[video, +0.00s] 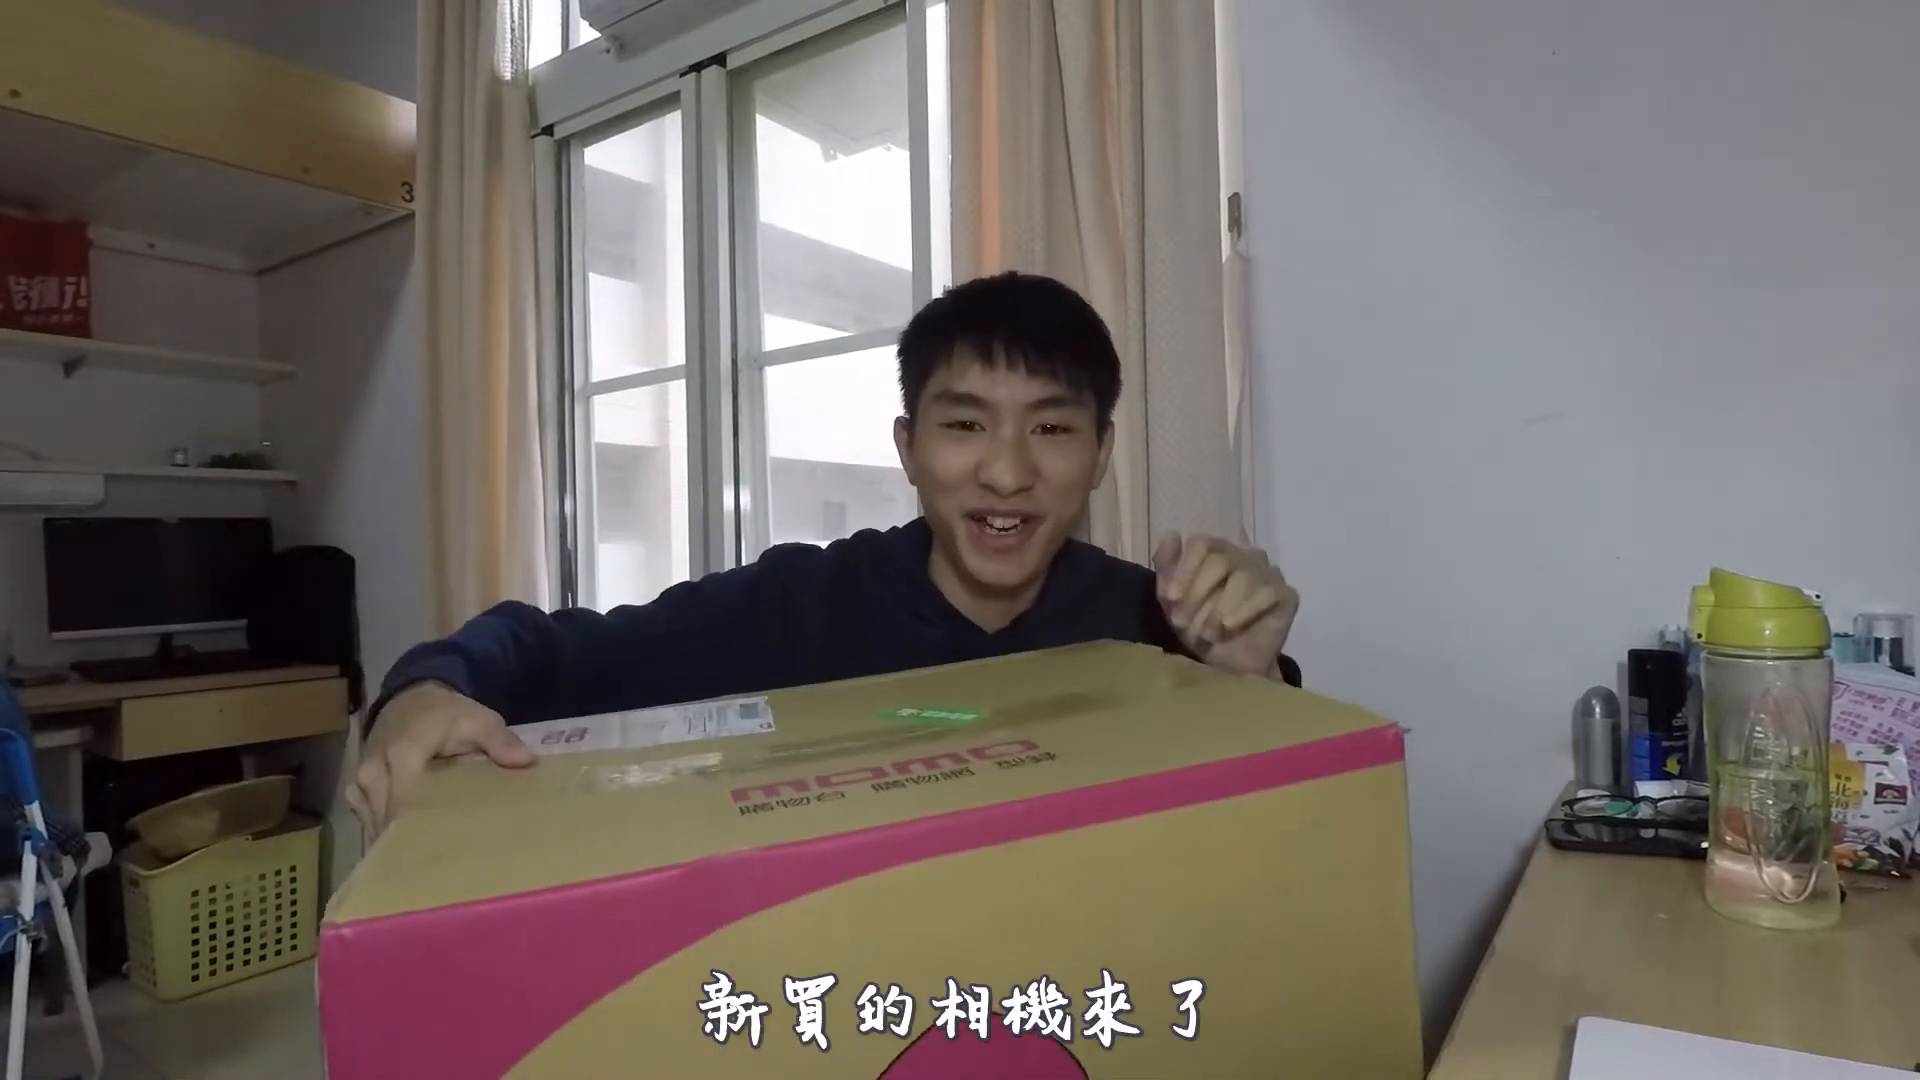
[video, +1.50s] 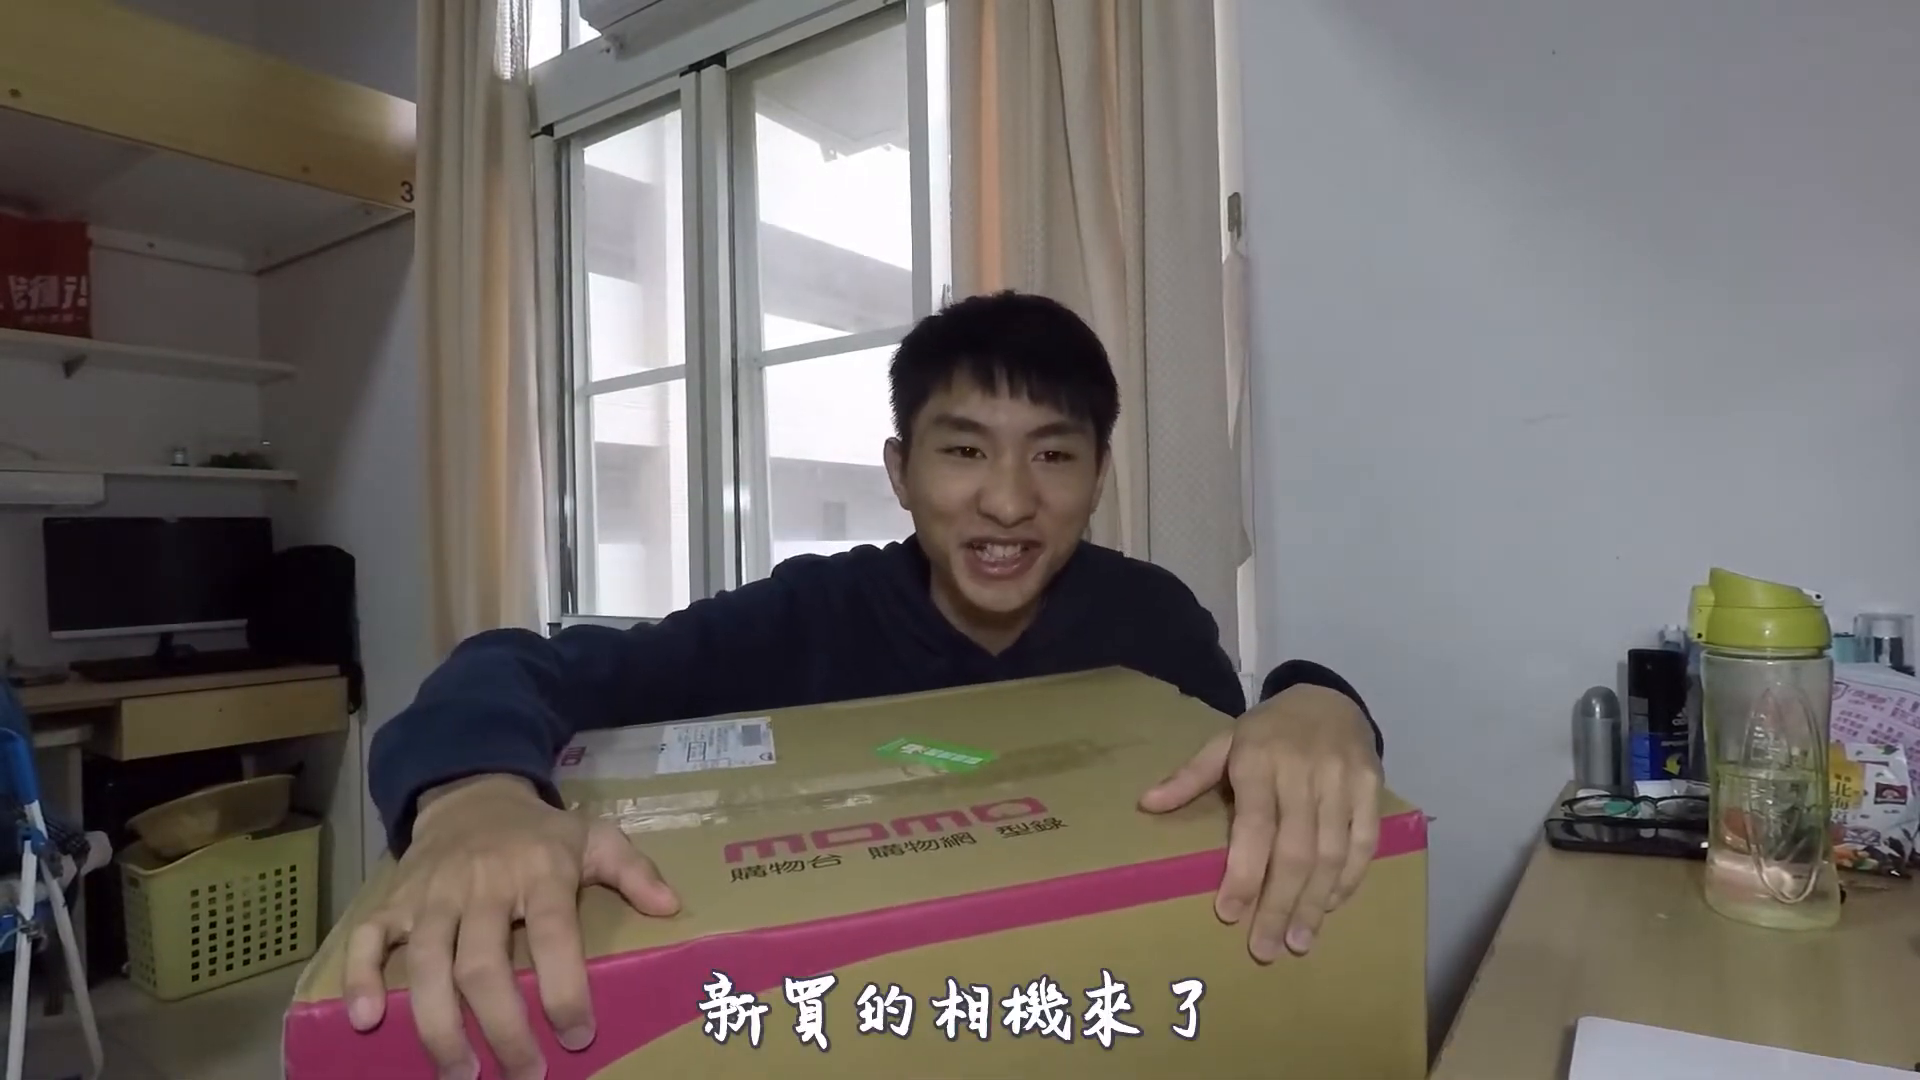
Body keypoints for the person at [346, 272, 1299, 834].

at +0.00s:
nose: (1004, 471)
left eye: (1050, 431)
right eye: (964, 426)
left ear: (1101, 457)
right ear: (908, 446)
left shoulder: (1151, 619)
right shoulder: (810, 603)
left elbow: (1274, 860)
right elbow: (562, 654)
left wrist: (1252, 670)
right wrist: (430, 687)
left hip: (1090, 1011)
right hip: (843, 1012)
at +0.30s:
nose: (1000, 467)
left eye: (1044, 429)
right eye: (959, 425)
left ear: (1097, 453)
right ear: (905, 442)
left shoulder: (1149, 609)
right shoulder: (817, 600)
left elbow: (1359, 732)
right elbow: (564, 646)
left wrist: (1270, 630)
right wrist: (414, 565)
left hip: (1095, 1005)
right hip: (837, 1002)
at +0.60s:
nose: (999, 470)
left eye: (1044, 429)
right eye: (954, 425)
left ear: (1093, 451)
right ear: (898, 447)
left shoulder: (1144, 608)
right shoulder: (811, 610)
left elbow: (1333, 732)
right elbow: (484, 663)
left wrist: (1307, 699)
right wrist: (507, 778)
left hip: (1114, 1025)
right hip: (847, 1027)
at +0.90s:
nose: (1003, 499)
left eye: (1048, 450)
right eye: (958, 450)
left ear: (1101, 466)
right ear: (899, 464)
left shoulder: (1153, 616)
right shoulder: (817, 621)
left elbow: (1257, 746)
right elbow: (499, 675)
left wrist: (1321, 700)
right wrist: (473, 810)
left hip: (1118, 1025)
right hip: (852, 1025)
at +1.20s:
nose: (1004, 506)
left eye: (1049, 460)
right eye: (961, 457)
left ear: (1100, 476)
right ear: (901, 470)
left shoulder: (1148, 616)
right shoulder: (819, 626)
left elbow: (1261, 743)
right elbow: (504, 674)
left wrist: (1322, 702)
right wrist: (473, 808)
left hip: (1121, 1024)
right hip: (860, 1024)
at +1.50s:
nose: (1006, 499)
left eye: (1050, 453)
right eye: (962, 451)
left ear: (1100, 470)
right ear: (902, 466)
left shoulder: (1144, 617)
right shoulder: (818, 621)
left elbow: (1249, 758)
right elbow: (507, 671)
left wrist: (1322, 699)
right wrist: (471, 801)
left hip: (1111, 1023)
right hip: (851, 1023)